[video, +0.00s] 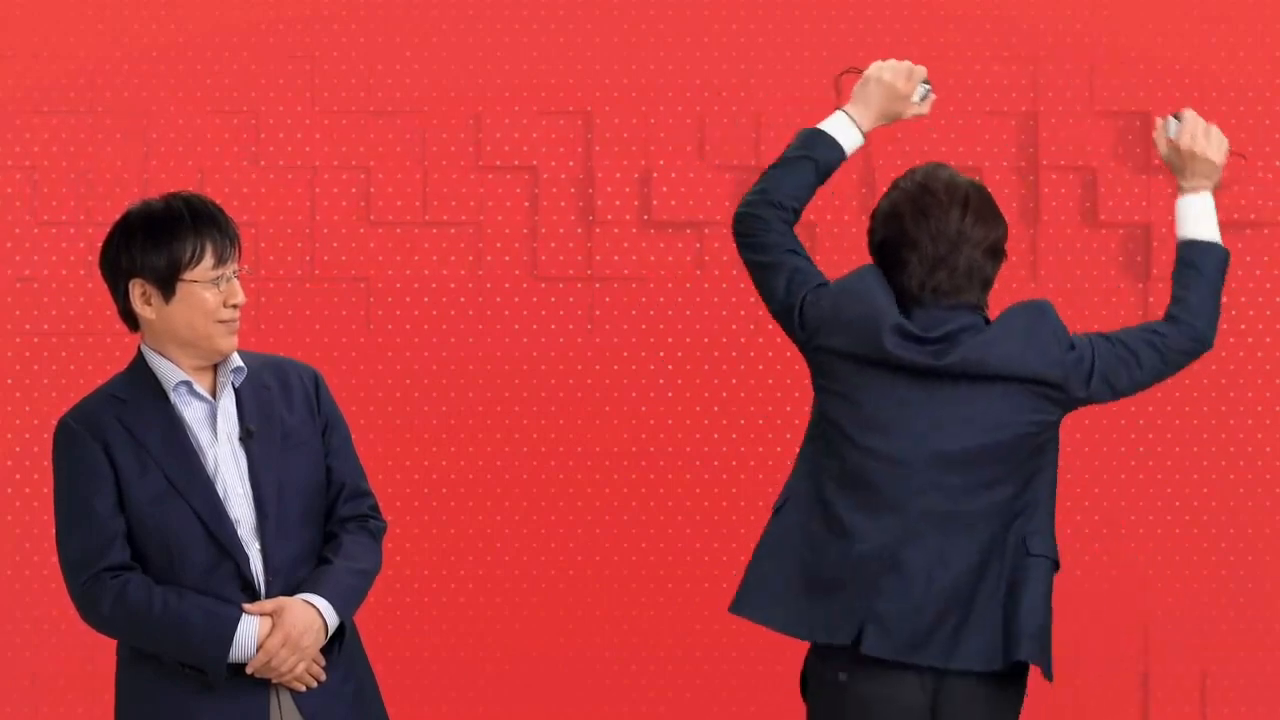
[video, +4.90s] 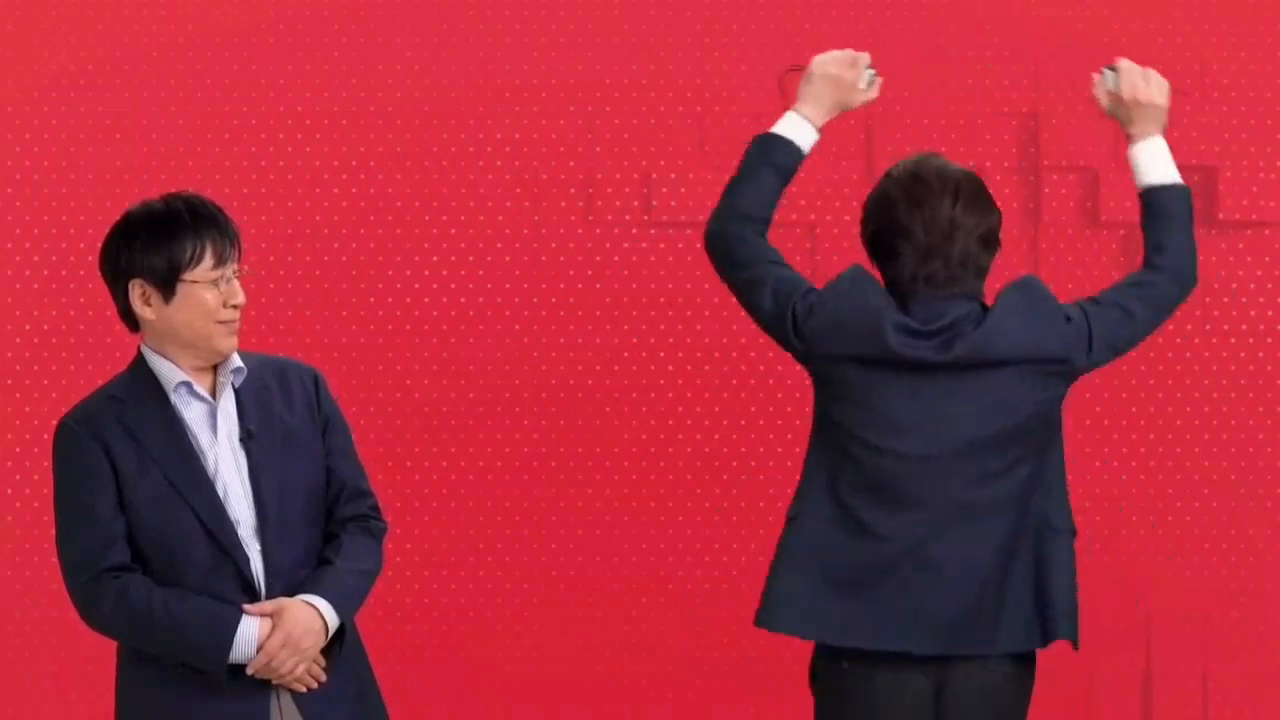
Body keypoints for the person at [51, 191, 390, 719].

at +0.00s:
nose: (237, 297)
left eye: (235, 277)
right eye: (213, 282)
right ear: (146, 300)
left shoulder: (300, 389)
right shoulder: (91, 433)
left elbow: (360, 524)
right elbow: (102, 589)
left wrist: (319, 612)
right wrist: (250, 639)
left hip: (333, 699)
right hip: (191, 707)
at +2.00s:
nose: (237, 298)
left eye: (235, 278)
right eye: (213, 283)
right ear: (147, 301)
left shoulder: (301, 390)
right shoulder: (91, 434)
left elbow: (361, 525)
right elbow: (104, 591)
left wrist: (320, 612)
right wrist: (252, 639)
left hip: (332, 700)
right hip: (192, 708)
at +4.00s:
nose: (238, 298)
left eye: (236, 278)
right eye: (214, 282)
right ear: (147, 300)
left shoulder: (301, 389)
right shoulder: (92, 433)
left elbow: (361, 523)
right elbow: (104, 591)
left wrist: (320, 612)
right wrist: (252, 639)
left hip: (334, 700)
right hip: (192, 708)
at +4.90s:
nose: (237, 298)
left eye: (235, 278)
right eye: (213, 282)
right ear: (146, 300)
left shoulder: (300, 389)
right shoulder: (91, 434)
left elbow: (361, 526)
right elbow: (102, 591)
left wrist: (319, 612)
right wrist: (251, 640)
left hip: (333, 700)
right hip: (192, 707)